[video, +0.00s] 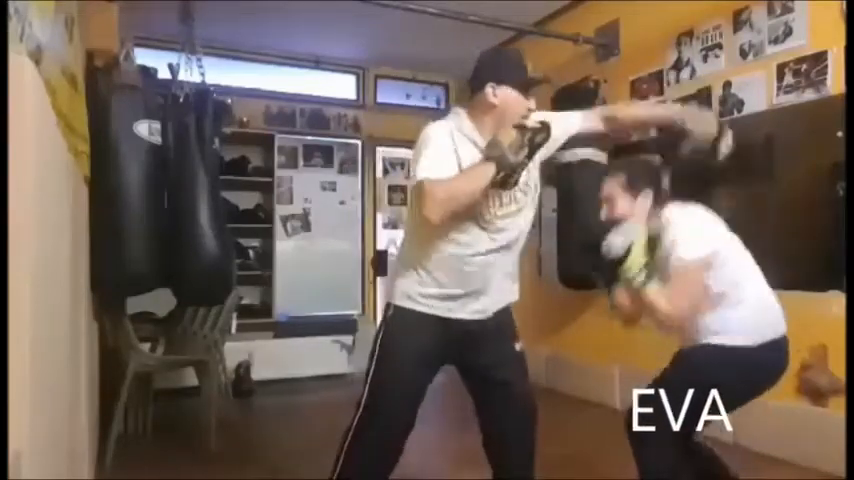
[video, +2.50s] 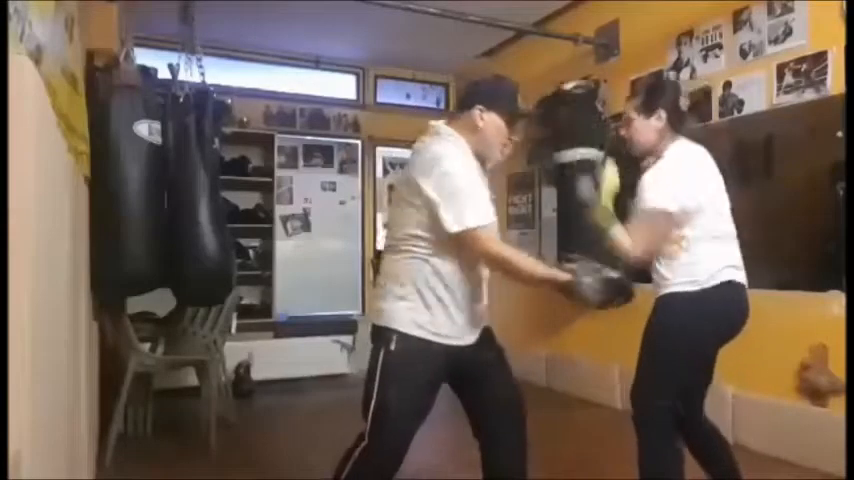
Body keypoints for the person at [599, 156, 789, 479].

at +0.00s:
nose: (605, 214)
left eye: (610, 201)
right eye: (603, 203)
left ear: (641, 195)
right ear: (639, 197)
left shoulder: (686, 223)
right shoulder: (655, 231)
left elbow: (677, 312)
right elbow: (631, 313)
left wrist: (640, 279)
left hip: (747, 349)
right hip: (718, 346)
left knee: (647, 421)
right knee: (659, 422)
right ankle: (716, 474)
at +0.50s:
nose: (617, 123)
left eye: (623, 112)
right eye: (614, 116)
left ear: (653, 107)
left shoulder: (695, 142)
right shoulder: (627, 168)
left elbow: (683, 188)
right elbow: (576, 187)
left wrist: (644, 147)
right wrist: (551, 145)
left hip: (719, 303)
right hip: (673, 309)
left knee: (658, 411)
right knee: (697, 410)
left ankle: (674, 474)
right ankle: (735, 472)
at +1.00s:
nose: (637, 118)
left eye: (645, 108)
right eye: (636, 110)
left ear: (676, 106)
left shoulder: (702, 155)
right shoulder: (658, 163)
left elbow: (645, 215)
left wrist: (637, 159)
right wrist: (575, 148)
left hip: (712, 314)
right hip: (688, 316)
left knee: (643, 415)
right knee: (698, 412)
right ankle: (735, 473)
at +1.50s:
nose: (627, 127)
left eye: (634, 117)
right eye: (625, 119)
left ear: (666, 113)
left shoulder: (703, 155)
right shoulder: (634, 173)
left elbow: (673, 229)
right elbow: (606, 239)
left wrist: (646, 165)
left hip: (711, 309)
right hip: (674, 315)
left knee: (641, 413)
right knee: (687, 418)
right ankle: (731, 474)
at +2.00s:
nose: (629, 118)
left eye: (634, 109)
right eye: (628, 111)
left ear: (657, 107)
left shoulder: (694, 150)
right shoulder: (649, 167)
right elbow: (634, 230)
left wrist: (640, 120)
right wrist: (597, 198)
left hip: (692, 295)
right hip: (665, 299)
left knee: (648, 413)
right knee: (682, 410)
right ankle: (727, 472)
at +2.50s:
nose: (623, 131)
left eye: (630, 120)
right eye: (623, 121)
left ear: (659, 118)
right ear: (659, 119)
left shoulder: (666, 171)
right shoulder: (692, 157)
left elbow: (637, 250)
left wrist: (601, 212)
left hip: (690, 300)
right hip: (718, 294)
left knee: (650, 404)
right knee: (686, 411)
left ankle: (662, 474)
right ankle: (728, 474)